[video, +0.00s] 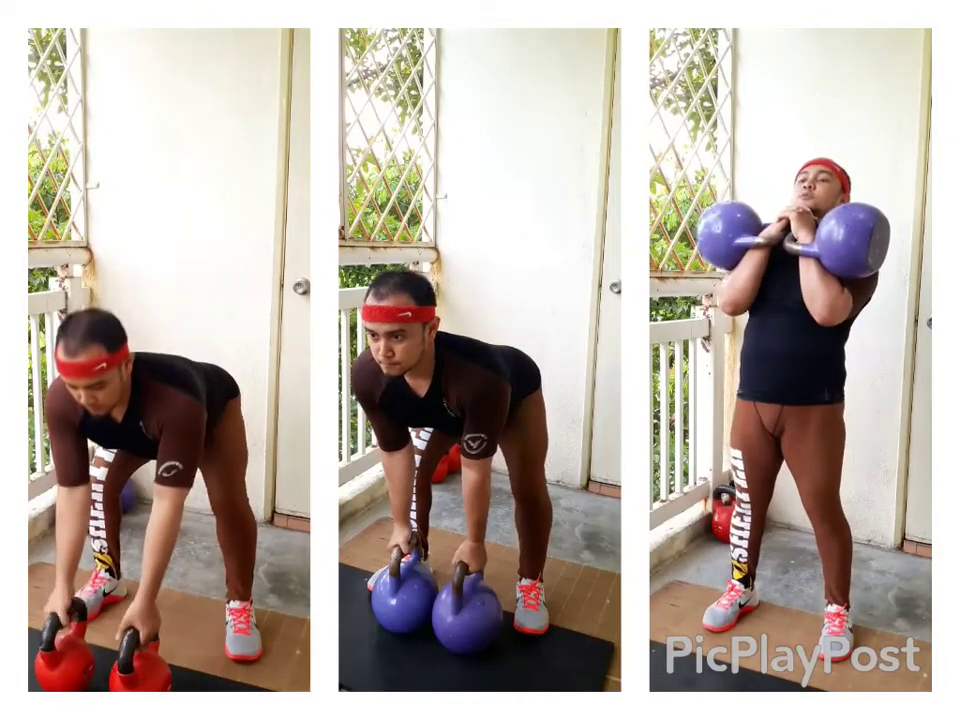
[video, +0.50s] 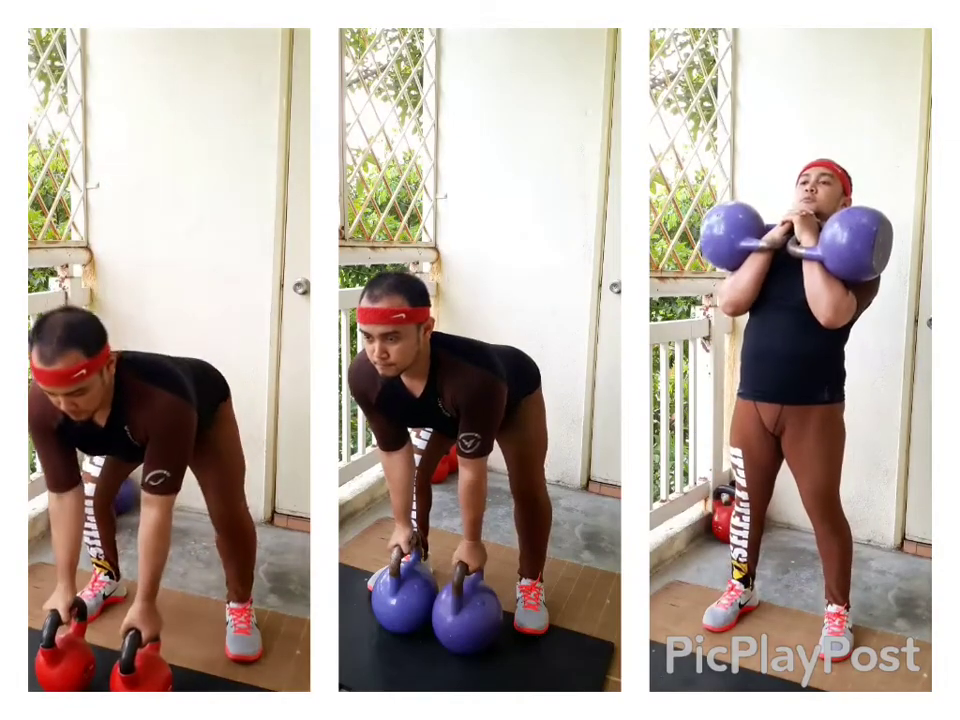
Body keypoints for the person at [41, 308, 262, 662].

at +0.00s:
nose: (85, 399)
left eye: (97, 386)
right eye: (74, 388)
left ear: (126, 364)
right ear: (63, 376)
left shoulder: (176, 401)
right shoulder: (61, 399)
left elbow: (168, 504)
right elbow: (71, 491)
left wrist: (146, 599)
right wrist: (62, 586)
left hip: (210, 405)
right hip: (146, 418)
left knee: (229, 504)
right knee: (108, 486)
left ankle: (240, 604)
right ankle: (106, 576)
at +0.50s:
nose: (65, 406)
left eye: (77, 392)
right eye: (52, 394)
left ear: (108, 366)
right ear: (39, 377)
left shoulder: (163, 402)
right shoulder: (41, 405)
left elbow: (157, 508)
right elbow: (64, 494)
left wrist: (146, 602)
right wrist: (63, 585)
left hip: (200, 407)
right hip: (131, 420)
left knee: (228, 512)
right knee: (100, 498)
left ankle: (240, 606)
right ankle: (109, 576)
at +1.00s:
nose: (46, 409)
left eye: (59, 395)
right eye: (34, 398)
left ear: (93, 368)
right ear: (23, 387)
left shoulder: (150, 410)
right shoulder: (35, 417)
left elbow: (146, 516)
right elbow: (58, 500)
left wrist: (143, 605)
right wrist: (62, 587)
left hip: (195, 411)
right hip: (124, 427)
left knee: (227, 526)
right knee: (91, 509)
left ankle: (239, 608)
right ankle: (109, 576)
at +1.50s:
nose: (77, 389)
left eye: (89, 376)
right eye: (65, 378)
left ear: (119, 350)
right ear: (52, 363)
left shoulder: (172, 402)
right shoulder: (51, 399)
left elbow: (160, 507)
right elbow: (68, 490)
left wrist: (149, 601)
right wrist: (63, 582)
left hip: (204, 418)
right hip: (139, 432)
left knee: (236, 522)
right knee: (97, 502)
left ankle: (240, 606)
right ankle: (109, 574)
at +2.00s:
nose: (96, 398)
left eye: (108, 386)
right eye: (85, 387)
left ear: (138, 366)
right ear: (75, 374)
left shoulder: (186, 406)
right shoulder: (69, 402)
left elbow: (171, 508)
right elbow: (74, 494)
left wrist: (151, 604)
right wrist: (59, 583)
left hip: (213, 419)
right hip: (147, 432)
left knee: (237, 516)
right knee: (106, 496)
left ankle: (240, 606)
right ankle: (106, 576)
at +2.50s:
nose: (95, 316)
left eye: (108, 300)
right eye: (82, 303)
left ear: (137, 279)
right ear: (70, 293)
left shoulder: (188, 324)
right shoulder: (68, 327)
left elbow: (208, 404)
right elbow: (96, 397)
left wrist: (197, 480)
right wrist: (122, 462)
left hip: (211, 406)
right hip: (146, 409)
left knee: (252, 507)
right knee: (93, 477)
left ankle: (243, 606)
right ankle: (104, 574)